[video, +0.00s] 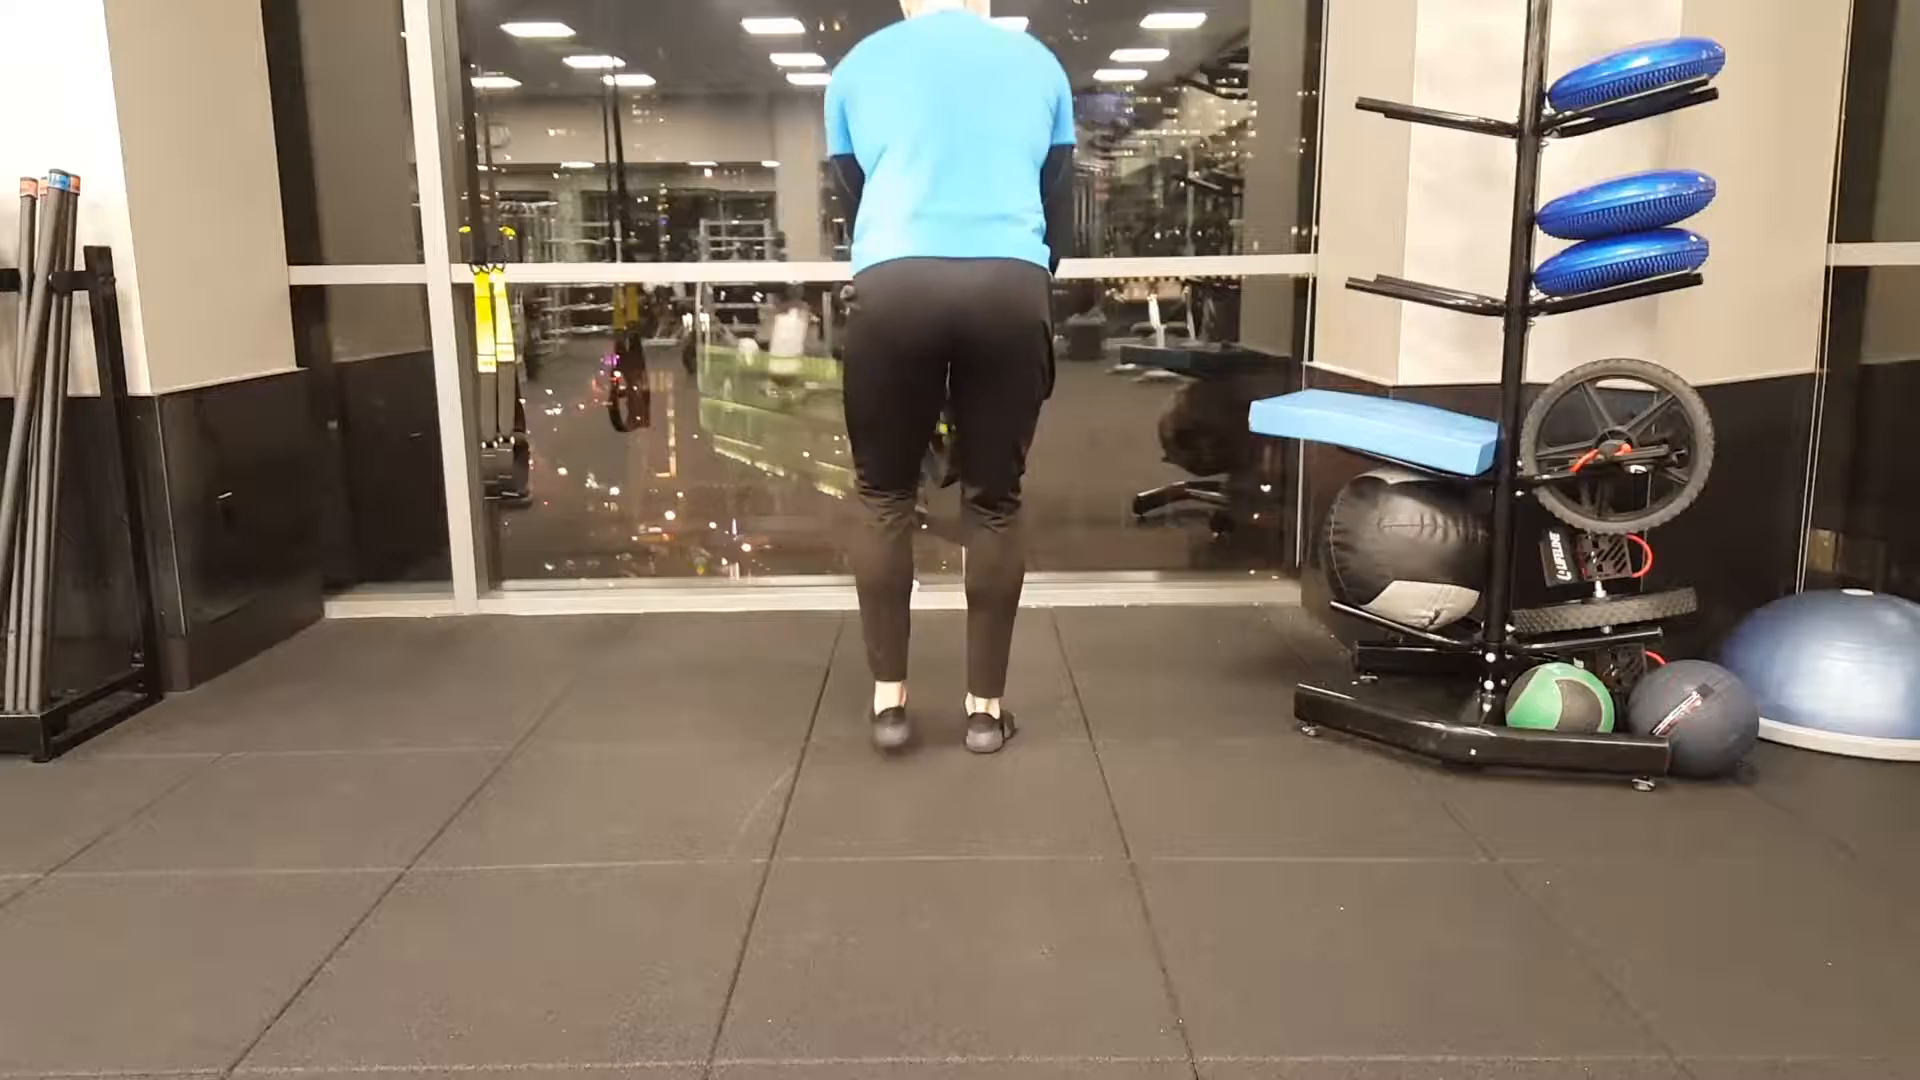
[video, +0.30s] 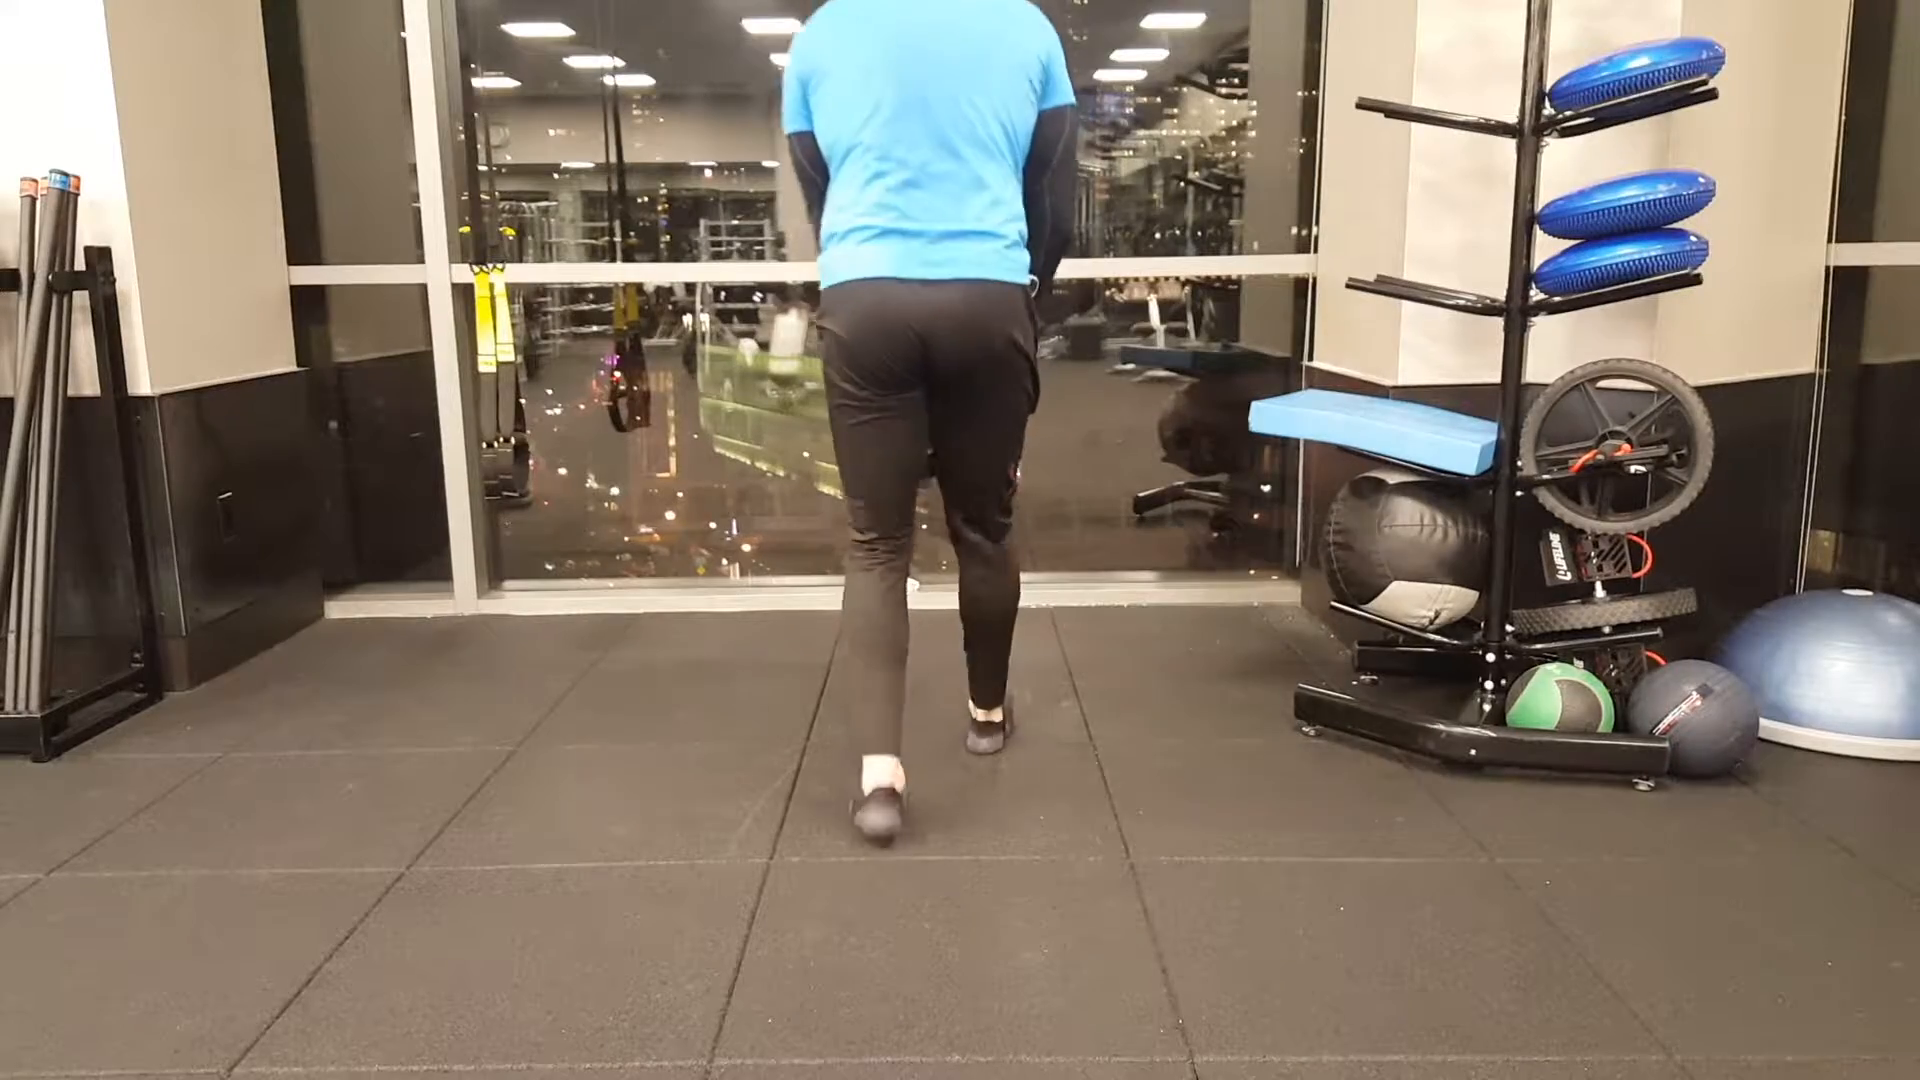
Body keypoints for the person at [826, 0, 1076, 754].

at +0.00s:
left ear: (907, 8)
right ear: (983, 8)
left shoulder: (858, 62)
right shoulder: (1039, 60)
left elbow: (851, 201)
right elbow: (1060, 210)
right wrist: (1039, 302)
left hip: (893, 284)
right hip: (1009, 285)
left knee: (885, 499)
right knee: (993, 502)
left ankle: (889, 705)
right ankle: (984, 711)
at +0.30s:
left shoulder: (821, 34)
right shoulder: (1026, 26)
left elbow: (820, 197)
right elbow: (1053, 201)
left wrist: (867, 270)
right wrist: (1021, 296)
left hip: (863, 295)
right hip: (985, 294)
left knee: (876, 544)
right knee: (984, 526)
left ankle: (880, 773)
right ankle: (987, 712)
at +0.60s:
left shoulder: (780, 8)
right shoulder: (1029, 4)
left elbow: (767, 189)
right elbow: (1067, 168)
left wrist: (821, 282)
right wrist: (1020, 274)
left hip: (851, 275)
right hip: (984, 273)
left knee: (869, 551)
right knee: (991, 536)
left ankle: (879, 794)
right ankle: (989, 776)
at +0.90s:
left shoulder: (810, 1)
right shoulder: (1086, 1)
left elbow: (769, 164)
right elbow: (1104, 171)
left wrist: (838, 258)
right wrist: (1031, 240)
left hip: (869, 289)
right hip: (1022, 283)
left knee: (873, 577)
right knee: (1007, 606)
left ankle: (876, 803)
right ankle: (1000, 935)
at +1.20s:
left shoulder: (807, 3)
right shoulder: (1107, 3)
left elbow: (785, 137)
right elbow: (1127, 143)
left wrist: (882, 197)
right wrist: (1041, 215)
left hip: (866, 261)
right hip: (1034, 258)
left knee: (871, 597)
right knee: (1010, 613)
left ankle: (870, 891)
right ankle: (1002, 943)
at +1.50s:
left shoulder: (769, 0)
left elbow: (743, 136)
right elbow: (1107, 133)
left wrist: (870, 164)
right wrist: (1005, 181)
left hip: (838, 254)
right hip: (1017, 254)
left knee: (849, 628)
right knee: (1012, 619)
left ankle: (855, 946)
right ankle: (1013, 940)